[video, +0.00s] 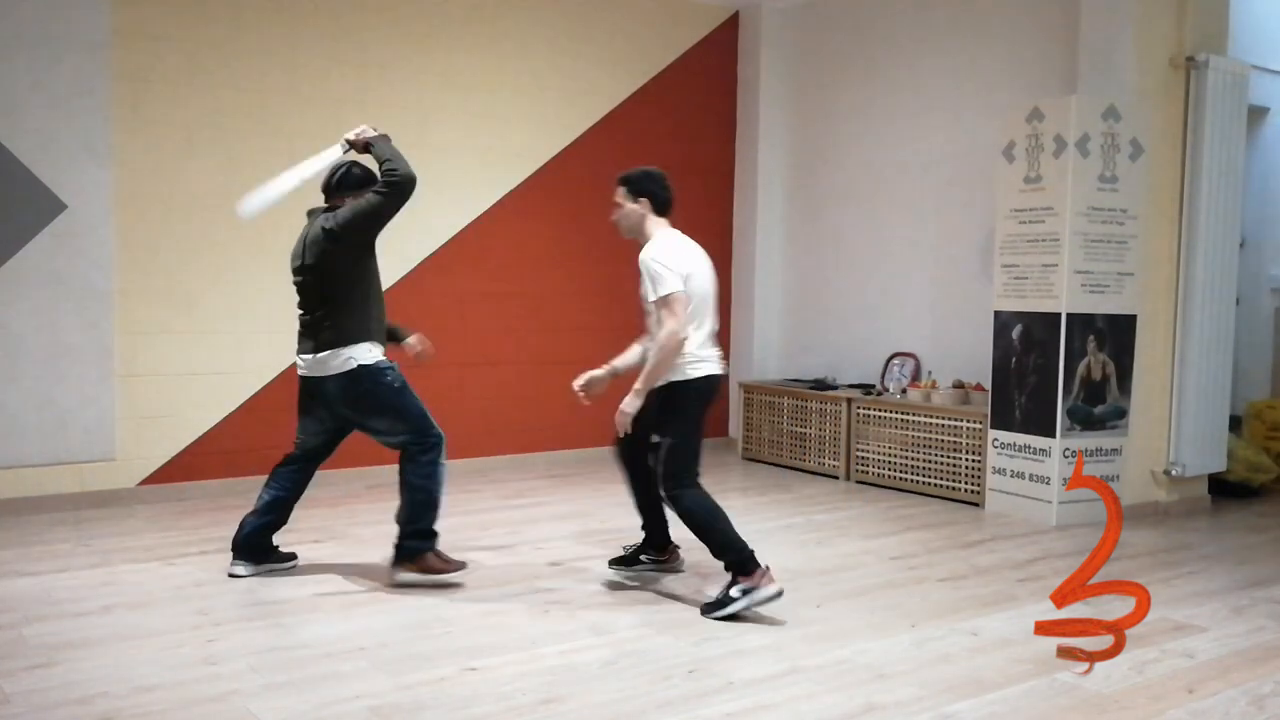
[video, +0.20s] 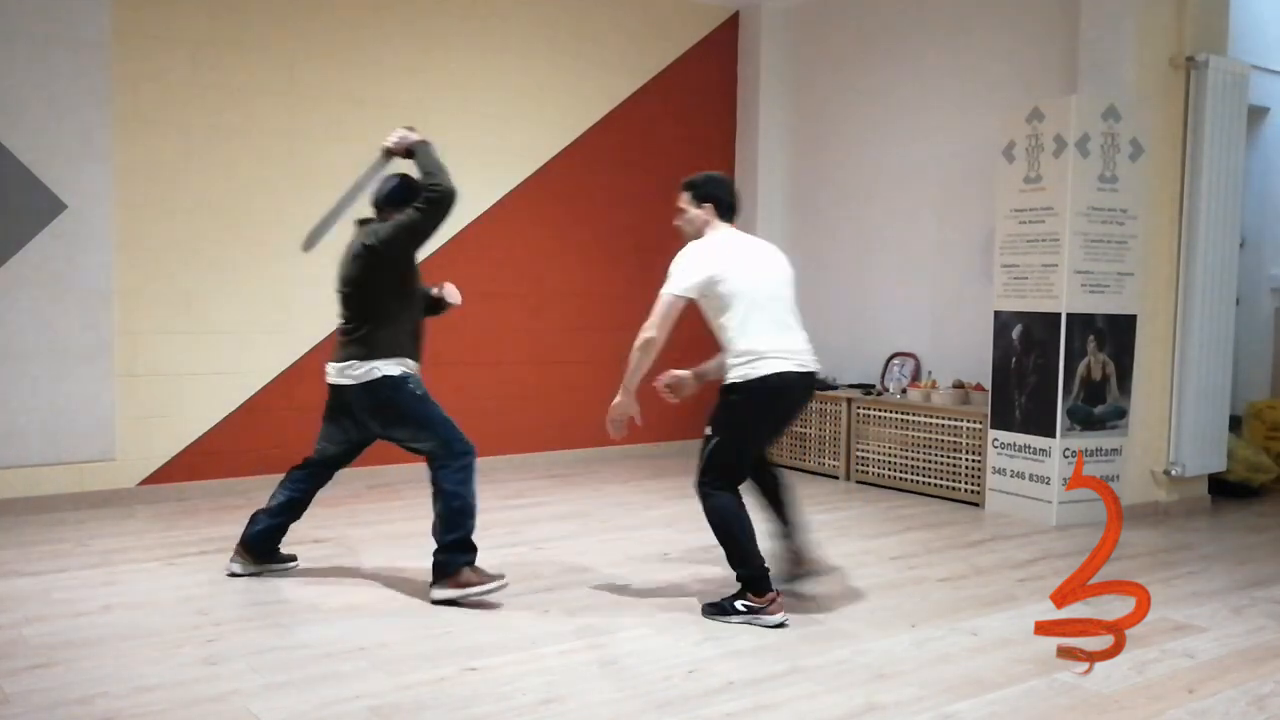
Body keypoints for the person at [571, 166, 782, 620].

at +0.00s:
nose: (613, 215)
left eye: (618, 205)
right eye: (614, 206)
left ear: (643, 206)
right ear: (650, 207)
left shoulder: (657, 254)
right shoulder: (683, 248)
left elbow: (674, 333)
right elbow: (655, 335)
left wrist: (637, 394)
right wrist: (608, 371)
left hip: (687, 380)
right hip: (685, 376)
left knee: (677, 482)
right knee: (632, 443)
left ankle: (751, 574)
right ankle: (658, 545)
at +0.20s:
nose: (677, 220)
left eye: (682, 211)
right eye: (677, 211)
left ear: (708, 210)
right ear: (723, 211)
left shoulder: (697, 254)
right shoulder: (768, 252)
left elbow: (651, 335)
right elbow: (759, 336)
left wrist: (625, 394)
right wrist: (696, 375)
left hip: (755, 378)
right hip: (801, 375)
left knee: (715, 483)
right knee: (752, 457)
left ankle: (758, 593)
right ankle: (797, 554)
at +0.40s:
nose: (772, 217)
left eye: (779, 207)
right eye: (772, 207)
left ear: (807, 209)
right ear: (814, 209)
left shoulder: (784, 254)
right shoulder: (862, 260)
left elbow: (740, 330)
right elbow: (866, 334)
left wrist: (705, 391)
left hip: (810, 398)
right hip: (869, 396)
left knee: (749, 480)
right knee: (927, 483)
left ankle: (754, 594)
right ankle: (1013, 567)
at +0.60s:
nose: (898, 230)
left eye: (905, 221)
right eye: (898, 220)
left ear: (932, 222)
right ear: (945, 222)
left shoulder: (915, 267)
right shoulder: (1003, 271)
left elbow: (881, 352)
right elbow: (1029, 359)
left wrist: (850, 407)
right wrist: (1002, 404)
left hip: (937, 403)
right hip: (1001, 409)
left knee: (857, 469)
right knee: (1048, 504)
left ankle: (826, 583)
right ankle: (1130, 602)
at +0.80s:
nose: (989, 249)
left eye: (997, 240)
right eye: (990, 239)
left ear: (1025, 242)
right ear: (1033, 243)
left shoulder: (1011, 283)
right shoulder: (1078, 290)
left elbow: (995, 376)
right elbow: (1084, 370)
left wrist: (966, 422)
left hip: (1024, 423)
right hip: (1077, 424)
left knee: (940, 479)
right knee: (1075, 511)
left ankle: (1018, 565)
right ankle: (1146, 605)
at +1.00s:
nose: (1005, 251)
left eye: (1011, 242)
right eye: (1005, 242)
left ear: (1039, 242)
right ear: (1048, 244)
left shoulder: (1023, 283)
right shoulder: (1102, 287)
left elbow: (994, 367)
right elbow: (1082, 372)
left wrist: (931, 418)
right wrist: (1003, 398)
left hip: (1043, 415)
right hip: (1099, 421)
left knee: (952, 462)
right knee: (1100, 506)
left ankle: (969, 567)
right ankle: (1148, 603)